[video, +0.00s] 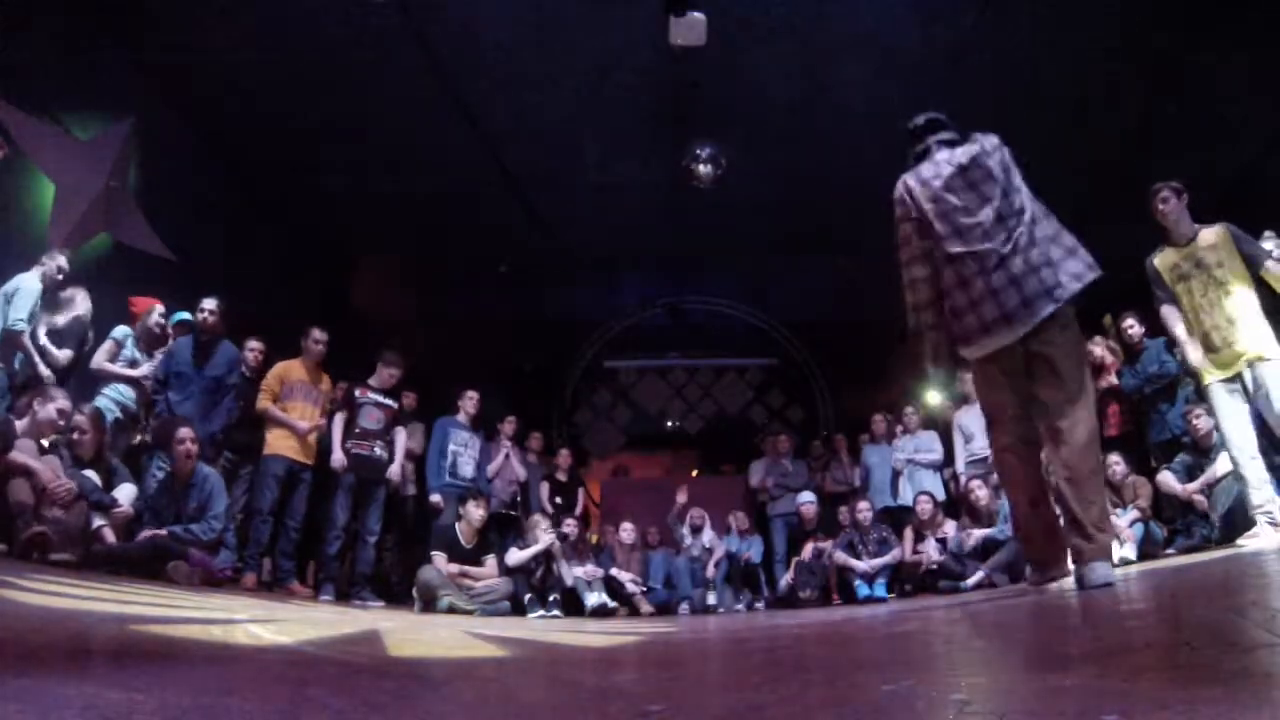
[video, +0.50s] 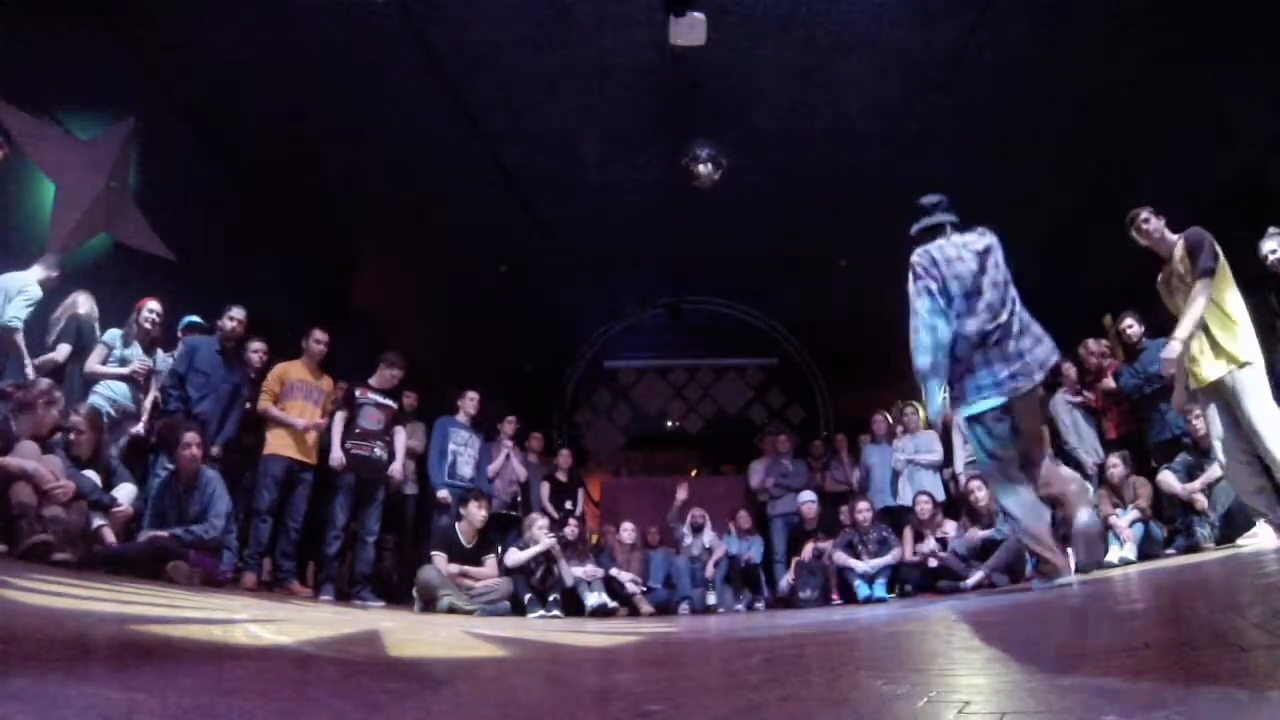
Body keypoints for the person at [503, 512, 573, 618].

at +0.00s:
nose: (549, 534)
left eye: (550, 530)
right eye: (544, 530)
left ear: (553, 531)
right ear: (533, 531)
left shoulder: (552, 550)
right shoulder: (520, 546)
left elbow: (569, 583)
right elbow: (510, 562)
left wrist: (558, 555)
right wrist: (542, 546)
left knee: (554, 572)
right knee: (519, 573)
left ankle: (554, 603)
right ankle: (531, 605)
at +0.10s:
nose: (547, 532)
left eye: (548, 529)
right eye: (542, 529)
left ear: (551, 529)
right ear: (532, 531)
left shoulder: (553, 548)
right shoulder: (520, 545)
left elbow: (569, 583)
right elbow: (510, 562)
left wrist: (559, 555)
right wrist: (541, 546)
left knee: (553, 571)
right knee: (519, 574)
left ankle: (554, 603)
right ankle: (532, 605)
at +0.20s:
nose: (546, 532)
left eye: (548, 529)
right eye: (541, 529)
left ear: (551, 530)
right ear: (530, 531)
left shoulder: (552, 549)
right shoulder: (519, 546)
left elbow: (569, 583)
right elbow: (510, 562)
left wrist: (559, 555)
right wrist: (541, 546)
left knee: (553, 573)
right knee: (519, 574)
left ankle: (554, 604)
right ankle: (531, 605)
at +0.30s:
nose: (546, 532)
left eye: (547, 529)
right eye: (541, 529)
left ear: (550, 530)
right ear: (530, 530)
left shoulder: (552, 549)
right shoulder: (519, 546)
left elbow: (569, 583)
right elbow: (510, 562)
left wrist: (559, 555)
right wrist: (541, 547)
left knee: (554, 573)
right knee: (519, 574)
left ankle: (554, 603)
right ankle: (532, 605)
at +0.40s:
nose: (545, 532)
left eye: (547, 528)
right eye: (540, 528)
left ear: (550, 530)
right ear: (530, 530)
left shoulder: (552, 549)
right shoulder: (520, 546)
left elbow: (569, 583)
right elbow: (509, 562)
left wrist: (559, 556)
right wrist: (541, 547)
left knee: (554, 575)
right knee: (519, 575)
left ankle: (554, 603)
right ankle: (531, 605)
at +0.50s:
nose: (545, 532)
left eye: (547, 529)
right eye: (540, 529)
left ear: (550, 530)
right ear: (529, 531)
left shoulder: (552, 549)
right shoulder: (519, 546)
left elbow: (569, 583)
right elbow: (510, 562)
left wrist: (559, 555)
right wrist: (541, 547)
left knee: (555, 571)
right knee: (519, 575)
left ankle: (554, 603)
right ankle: (532, 605)